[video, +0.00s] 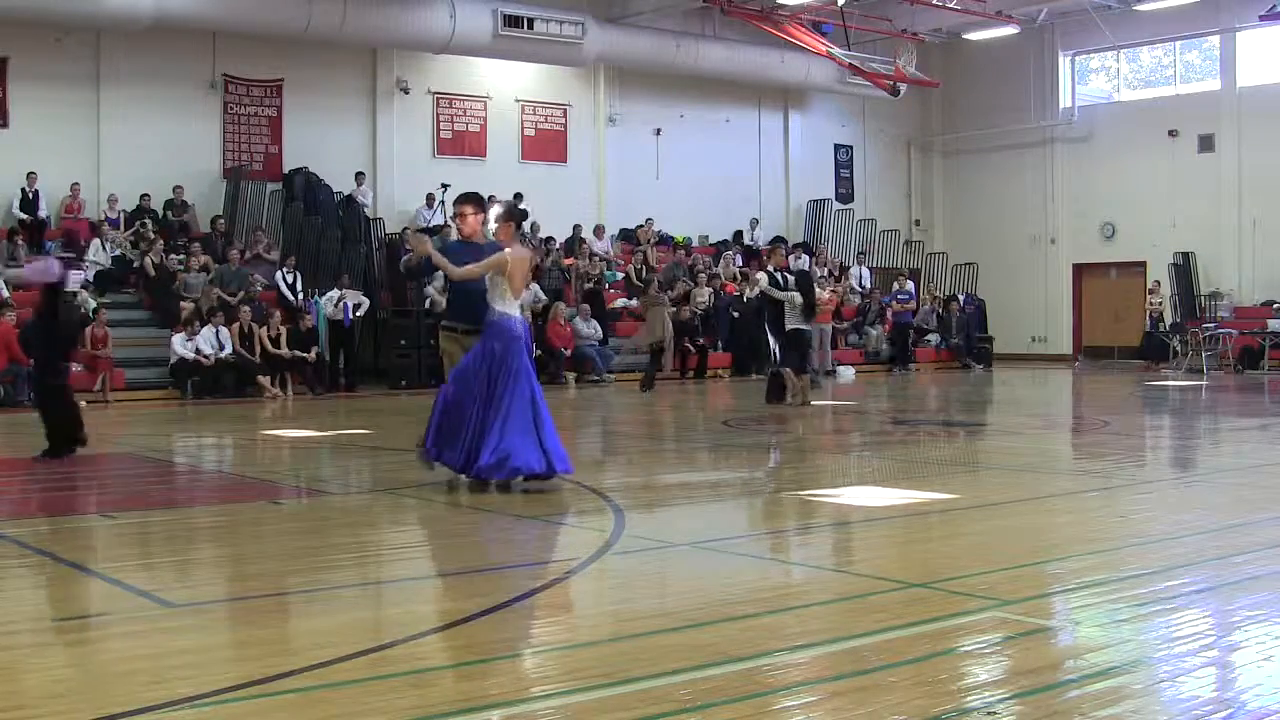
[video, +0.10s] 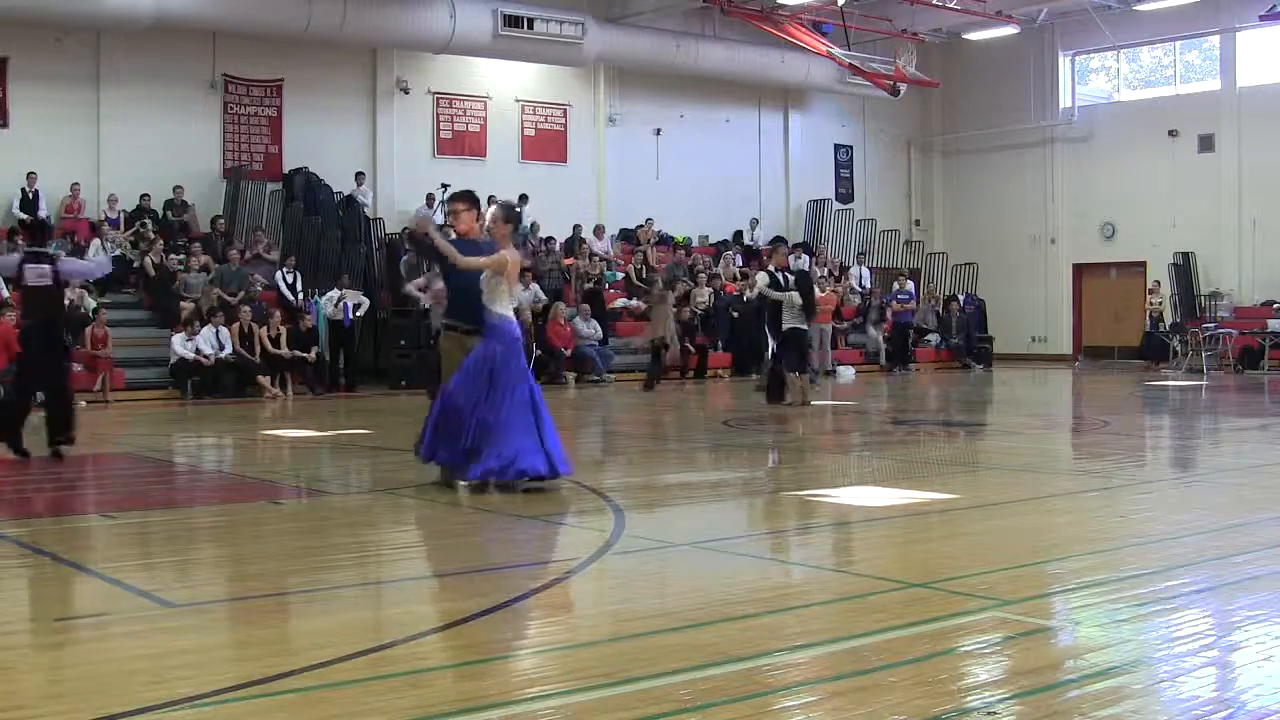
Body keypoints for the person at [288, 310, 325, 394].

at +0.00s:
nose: (311, 322)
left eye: (311, 320)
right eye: (308, 320)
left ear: (312, 320)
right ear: (301, 322)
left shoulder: (314, 330)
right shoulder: (293, 331)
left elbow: (315, 345)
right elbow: (293, 349)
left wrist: (313, 353)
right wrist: (305, 355)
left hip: (310, 354)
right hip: (298, 355)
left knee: (320, 359)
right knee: (304, 363)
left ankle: (320, 385)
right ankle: (314, 387)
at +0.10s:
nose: (311, 322)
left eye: (311, 320)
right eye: (308, 320)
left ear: (312, 320)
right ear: (301, 322)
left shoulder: (314, 330)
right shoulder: (294, 331)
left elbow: (315, 345)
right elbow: (293, 349)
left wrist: (313, 353)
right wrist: (305, 355)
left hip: (310, 354)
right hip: (299, 355)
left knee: (320, 359)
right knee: (304, 363)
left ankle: (320, 385)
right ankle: (313, 387)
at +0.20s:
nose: (311, 323)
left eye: (311, 320)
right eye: (308, 320)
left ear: (312, 321)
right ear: (301, 322)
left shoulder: (314, 330)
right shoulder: (293, 331)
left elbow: (315, 345)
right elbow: (292, 349)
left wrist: (313, 353)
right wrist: (304, 355)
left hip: (310, 354)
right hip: (299, 355)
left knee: (320, 360)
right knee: (304, 364)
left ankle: (319, 386)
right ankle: (314, 387)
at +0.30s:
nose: (311, 323)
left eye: (311, 320)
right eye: (308, 320)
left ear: (312, 321)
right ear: (301, 322)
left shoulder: (313, 330)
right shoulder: (293, 331)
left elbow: (315, 345)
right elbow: (292, 349)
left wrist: (313, 353)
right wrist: (305, 355)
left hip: (310, 354)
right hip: (298, 355)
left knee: (320, 360)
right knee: (304, 364)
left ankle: (320, 386)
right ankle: (313, 387)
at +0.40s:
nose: (311, 323)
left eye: (311, 320)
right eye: (308, 320)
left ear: (312, 320)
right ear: (301, 322)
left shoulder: (314, 330)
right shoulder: (293, 331)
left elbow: (315, 345)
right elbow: (292, 349)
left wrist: (313, 353)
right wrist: (305, 355)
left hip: (310, 354)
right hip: (299, 355)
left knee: (320, 360)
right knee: (304, 364)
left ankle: (320, 386)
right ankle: (313, 387)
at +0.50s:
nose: (311, 322)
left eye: (311, 320)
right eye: (308, 320)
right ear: (301, 321)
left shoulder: (313, 330)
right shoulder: (293, 331)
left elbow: (315, 345)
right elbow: (292, 349)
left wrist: (313, 353)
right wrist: (305, 355)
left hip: (309, 354)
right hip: (298, 355)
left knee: (320, 359)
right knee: (303, 362)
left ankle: (320, 386)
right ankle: (314, 387)